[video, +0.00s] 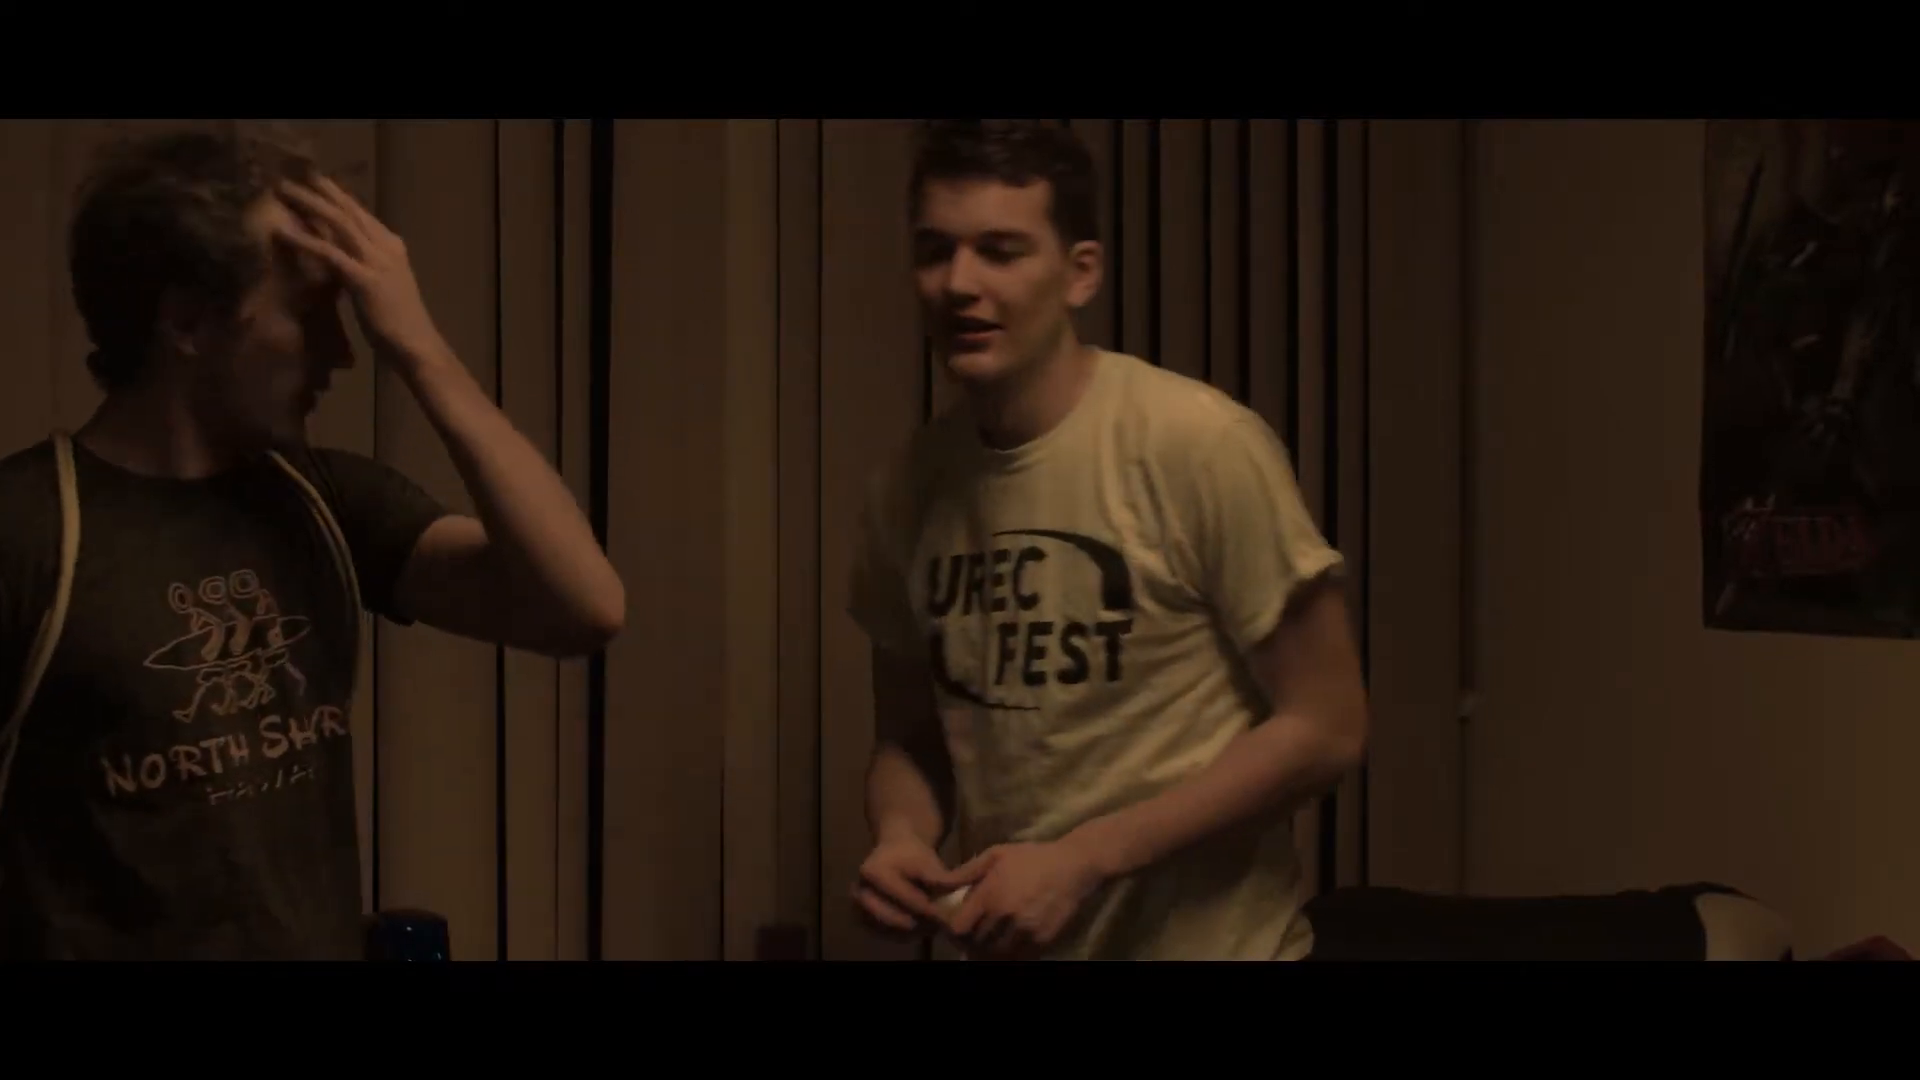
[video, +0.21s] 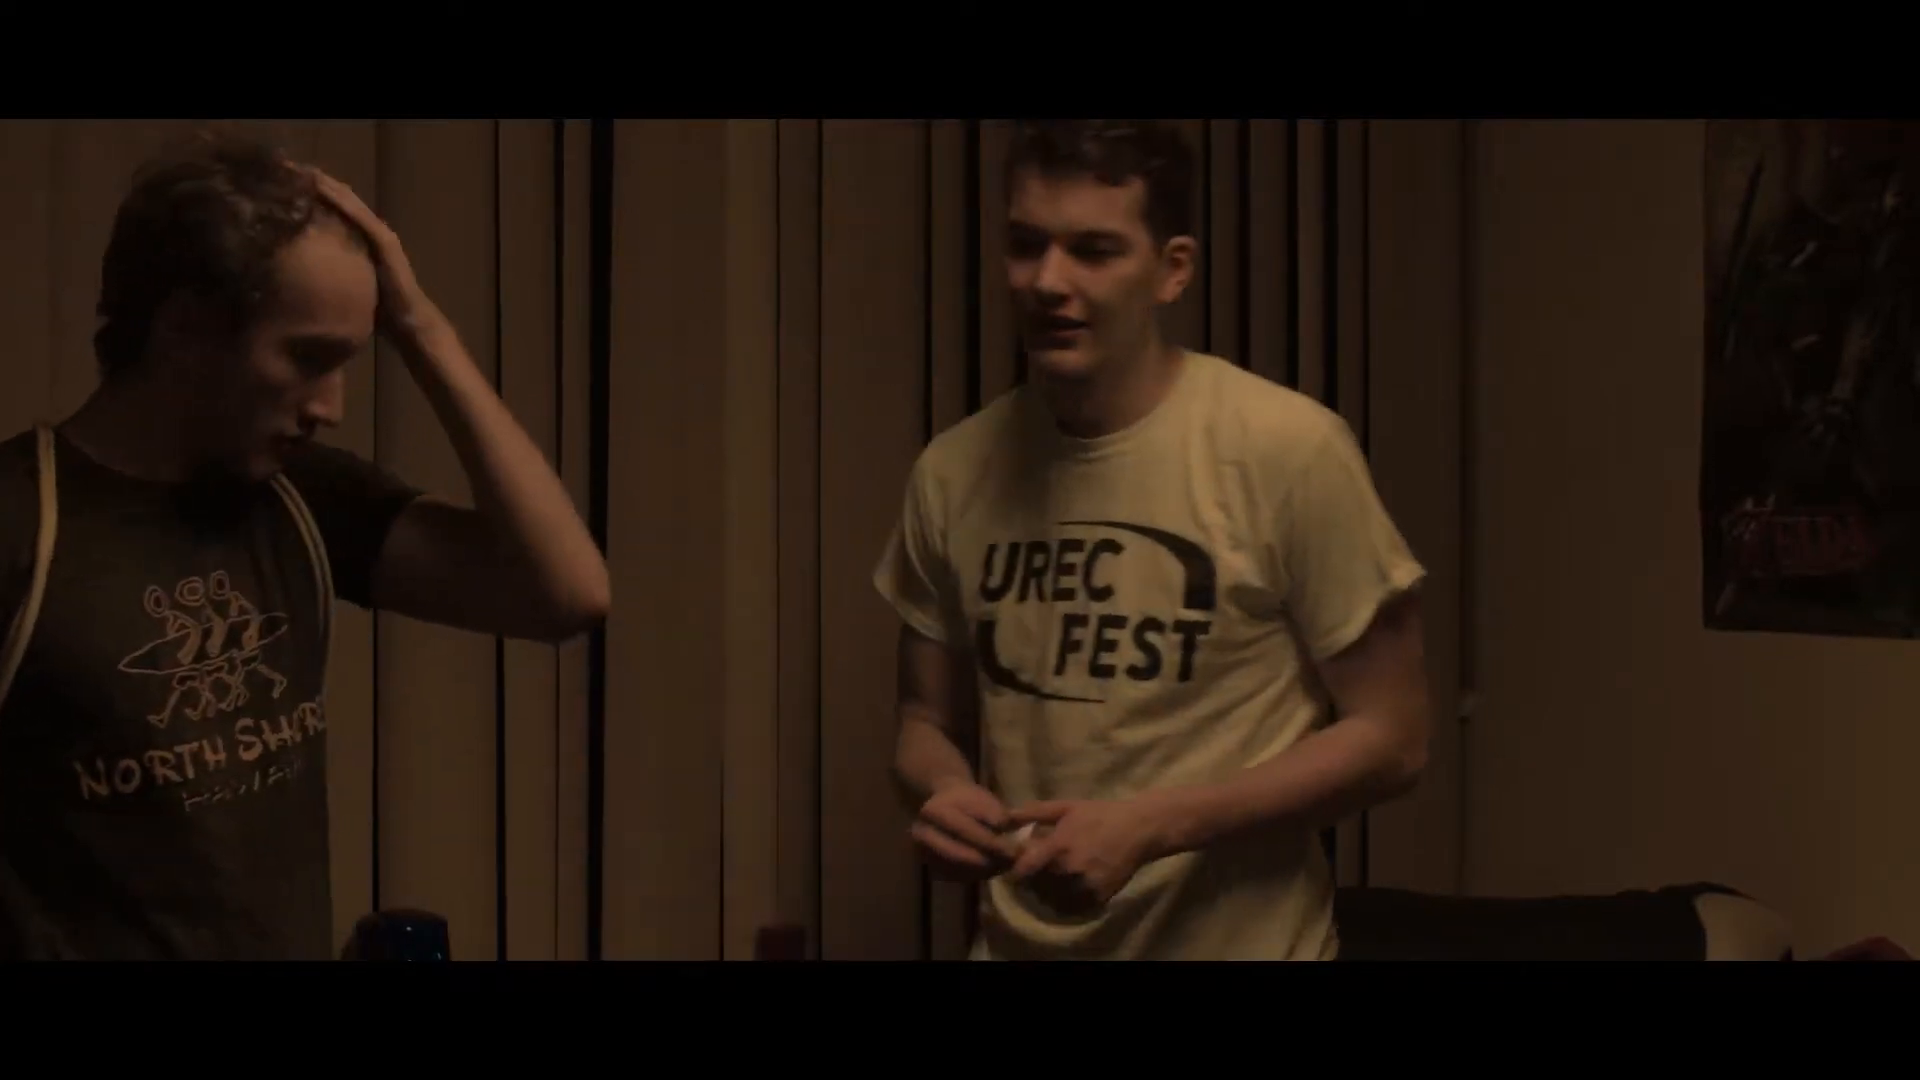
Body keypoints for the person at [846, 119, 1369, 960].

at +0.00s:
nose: (958, 282)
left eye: (1001, 251)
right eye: (936, 251)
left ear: (1079, 273)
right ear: (915, 267)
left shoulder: (1201, 444)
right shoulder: (915, 483)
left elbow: (1329, 722)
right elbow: (908, 728)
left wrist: (1080, 861)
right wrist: (902, 836)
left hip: (1205, 940)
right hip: (1002, 937)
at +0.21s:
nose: (1048, 281)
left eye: (1094, 250)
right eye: (1027, 246)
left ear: (1170, 272)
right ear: (1002, 255)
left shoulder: (1290, 452)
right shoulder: (953, 474)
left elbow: (1395, 734)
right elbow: (924, 713)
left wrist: (1147, 822)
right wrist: (945, 790)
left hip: (1239, 944)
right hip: (1023, 944)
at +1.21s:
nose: (1279, 367)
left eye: (1325, 335)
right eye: (1253, 322)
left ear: (1392, 328)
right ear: (1218, 291)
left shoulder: (1494, 521)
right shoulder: (1121, 507)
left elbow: (1563, 813)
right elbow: (1062, 773)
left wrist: (1348, 813)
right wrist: (1122, 796)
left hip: (1391, 950)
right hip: (1163, 947)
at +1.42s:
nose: (1279, 360)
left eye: (1326, 328)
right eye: (1253, 316)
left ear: (1394, 316)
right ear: (1221, 282)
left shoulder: (1494, 508)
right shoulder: (1127, 490)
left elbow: (1566, 802)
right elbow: (1062, 764)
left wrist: (1358, 788)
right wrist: (1114, 763)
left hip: (1385, 950)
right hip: (1155, 946)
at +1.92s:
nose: (1223, 320)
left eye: (1268, 287)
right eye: (1199, 277)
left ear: (1342, 283)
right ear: (1171, 253)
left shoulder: (1442, 479)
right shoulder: (1080, 466)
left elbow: (1510, 772)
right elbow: (1017, 754)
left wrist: (1304, 754)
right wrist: (1068, 732)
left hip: (1321, 945)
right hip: (1099, 941)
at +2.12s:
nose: (1197, 319)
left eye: (1240, 287)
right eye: (1174, 278)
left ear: (1323, 277)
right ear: (1153, 257)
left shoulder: (1424, 471)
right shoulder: (1071, 457)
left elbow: (1496, 765)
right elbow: (1024, 771)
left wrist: (1276, 748)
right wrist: (1026, 713)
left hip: (1305, 946)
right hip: (1080, 941)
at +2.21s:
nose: (1193, 320)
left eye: (1235, 287)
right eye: (1170, 279)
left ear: (1319, 274)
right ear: (1150, 258)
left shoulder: (1422, 469)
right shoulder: (1073, 452)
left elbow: (1498, 763)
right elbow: (1032, 766)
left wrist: (1274, 745)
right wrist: (1025, 712)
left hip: (1306, 945)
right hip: (1080, 942)